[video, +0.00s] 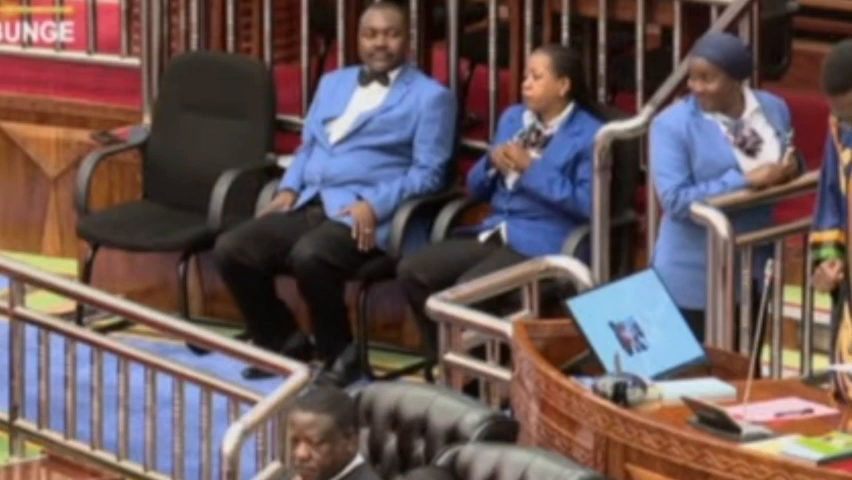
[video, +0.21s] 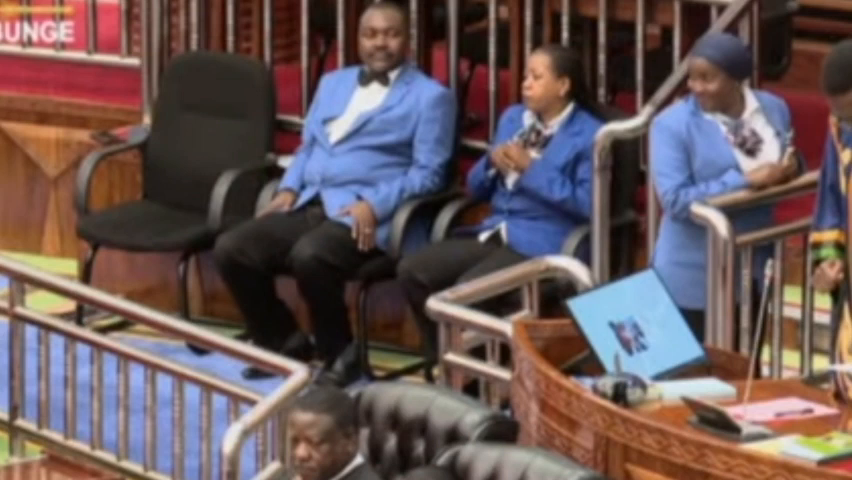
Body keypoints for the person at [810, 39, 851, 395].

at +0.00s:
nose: (838, 118)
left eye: (844, 109)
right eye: (835, 110)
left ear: (851, 97)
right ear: (829, 99)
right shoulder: (836, 131)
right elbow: (829, 194)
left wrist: (831, 254)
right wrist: (829, 250)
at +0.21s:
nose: (838, 118)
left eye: (844, 109)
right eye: (835, 110)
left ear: (851, 97)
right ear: (829, 99)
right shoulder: (836, 131)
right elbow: (829, 194)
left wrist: (831, 254)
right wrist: (829, 250)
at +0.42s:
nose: (840, 119)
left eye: (845, 110)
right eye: (836, 110)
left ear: (851, 96)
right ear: (831, 99)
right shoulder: (837, 133)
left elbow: (829, 195)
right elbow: (830, 194)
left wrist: (832, 253)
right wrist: (829, 250)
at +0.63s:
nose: (842, 117)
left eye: (846, 108)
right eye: (839, 108)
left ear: (850, 95)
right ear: (832, 99)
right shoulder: (838, 138)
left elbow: (831, 195)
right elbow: (832, 195)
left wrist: (831, 252)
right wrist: (829, 249)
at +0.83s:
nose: (841, 117)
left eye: (846, 107)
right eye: (838, 107)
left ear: (850, 96)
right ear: (831, 99)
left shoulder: (839, 140)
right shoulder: (838, 140)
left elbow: (831, 195)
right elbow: (832, 195)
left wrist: (831, 253)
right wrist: (829, 250)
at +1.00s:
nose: (841, 115)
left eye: (846, 105)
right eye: (838, 106)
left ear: (851, 94)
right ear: (832, 97)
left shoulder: (840, 137)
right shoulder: (839, 137)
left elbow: (831, 195)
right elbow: (831, 195)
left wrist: (831, 253)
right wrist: (829, 250)